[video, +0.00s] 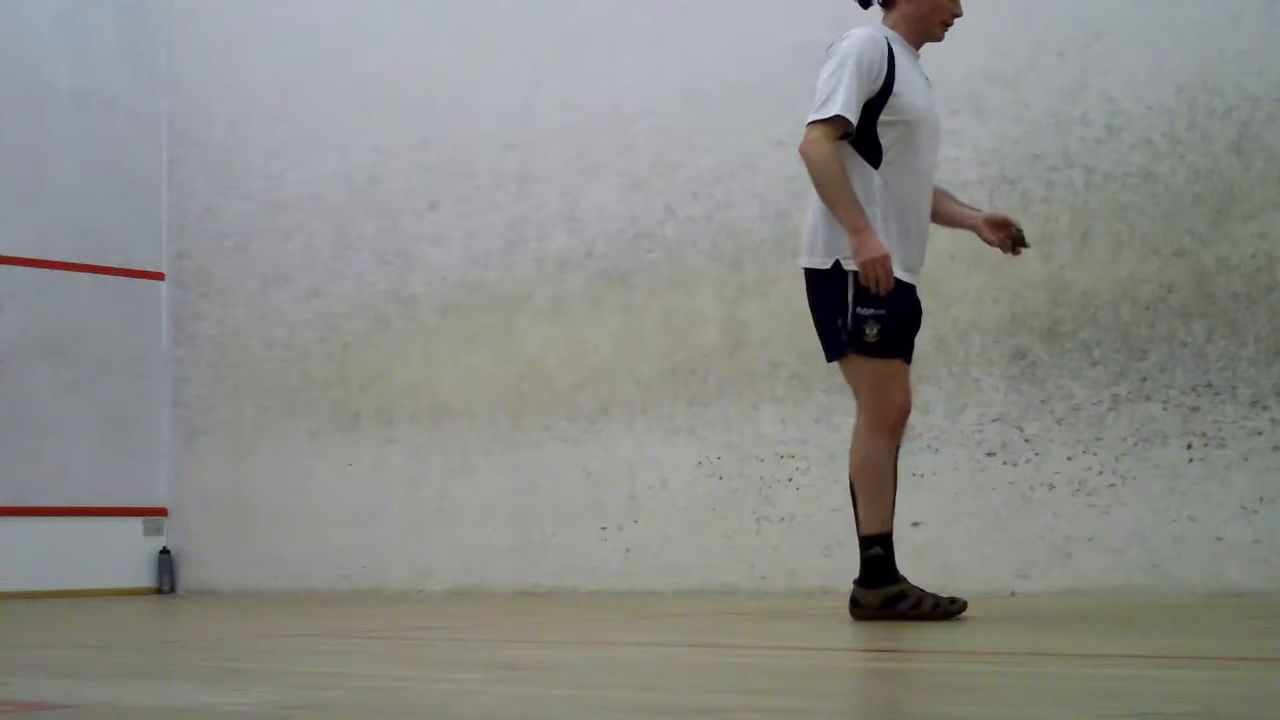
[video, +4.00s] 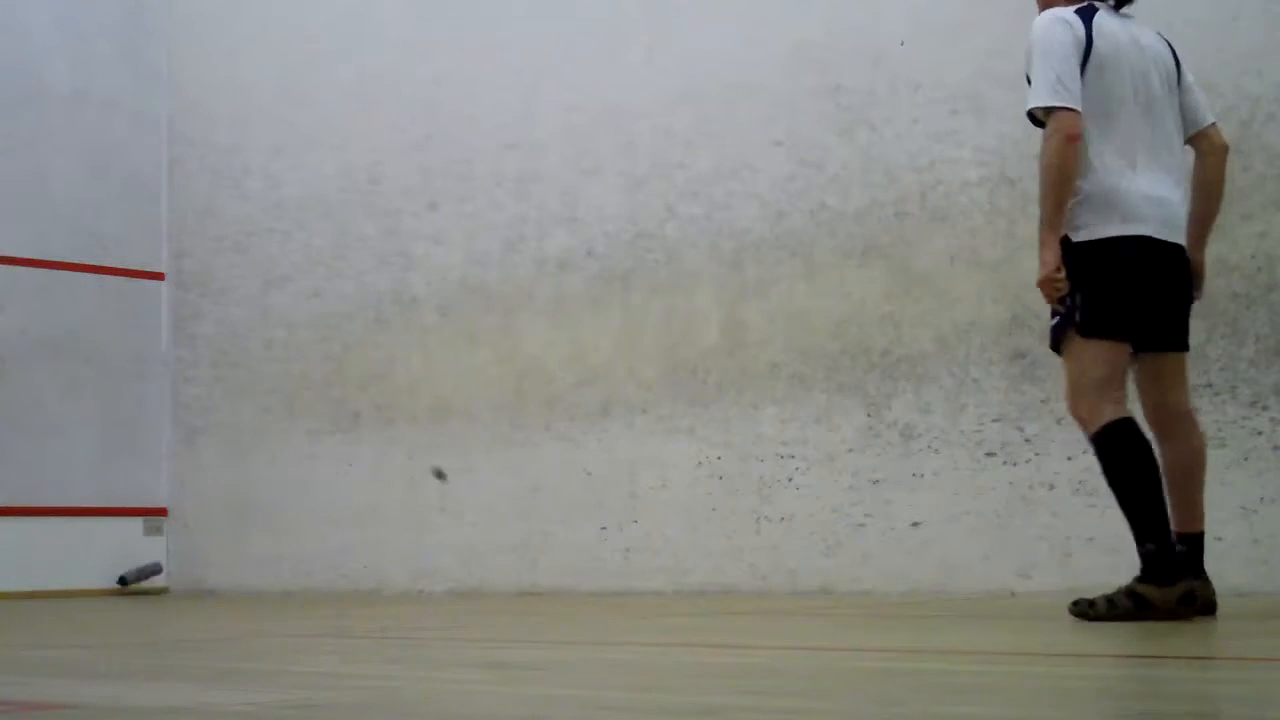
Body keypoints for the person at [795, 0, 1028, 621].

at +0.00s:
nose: (958, 11)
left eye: (957, 3)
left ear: (914, 4)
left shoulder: (910, 68)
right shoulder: (866, 46)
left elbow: (907, 187)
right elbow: (818, 144)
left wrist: (977, 220)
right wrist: (861, 235)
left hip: (886, 265)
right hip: (854, 263)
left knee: (882, 414)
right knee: (884, 411)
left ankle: (878, 578)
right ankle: (877, 580)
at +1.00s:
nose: (952, 10)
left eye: (952, 2)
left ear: (911, 3)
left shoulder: (907, 70)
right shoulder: (857, 47)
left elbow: (911, 183)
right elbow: (808, 149)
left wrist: (978, 218)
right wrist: (849, 243)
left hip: (882, 268)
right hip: (846, 267)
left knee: (878, 413)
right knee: (878, 410)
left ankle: (879, 579)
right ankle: (877, 581)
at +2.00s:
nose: (931, 21)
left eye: (934, 11)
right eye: (918, 9)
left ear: (931, 20)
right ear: (878, 12)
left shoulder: (907, 92)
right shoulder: (848, 72)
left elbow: (917, 205)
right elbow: (785, 167)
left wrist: (993, 286)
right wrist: (835, 216)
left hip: (898, 268)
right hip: (874, 262)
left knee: (935, 431)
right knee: (1028, 233)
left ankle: (869, 581)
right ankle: (936, 377)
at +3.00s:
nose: (883, 75)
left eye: (887, 62)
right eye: (884, 63)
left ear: (909, 62)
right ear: (926, 59)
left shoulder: (956, 88)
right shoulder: (950, 142)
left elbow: (1059, 87)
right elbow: (934, 232)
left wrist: (1166, 127)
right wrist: (881, 224)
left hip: (1013, 255)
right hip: (1085, 252)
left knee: (961, 401)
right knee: (1024, 420)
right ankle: (1018, 576)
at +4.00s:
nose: (1036, 6)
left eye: (1038, 4)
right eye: (1038, 4)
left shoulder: (1057, 26)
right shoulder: (1157, 44)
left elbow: (1066, 131)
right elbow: (1212, 146)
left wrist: (1049, 241)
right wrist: (1195, 245)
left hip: (1102, 244)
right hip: (1168, 248)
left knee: (1094, 401)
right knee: (1171, 410)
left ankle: (1160, 574)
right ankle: (1189, 575)